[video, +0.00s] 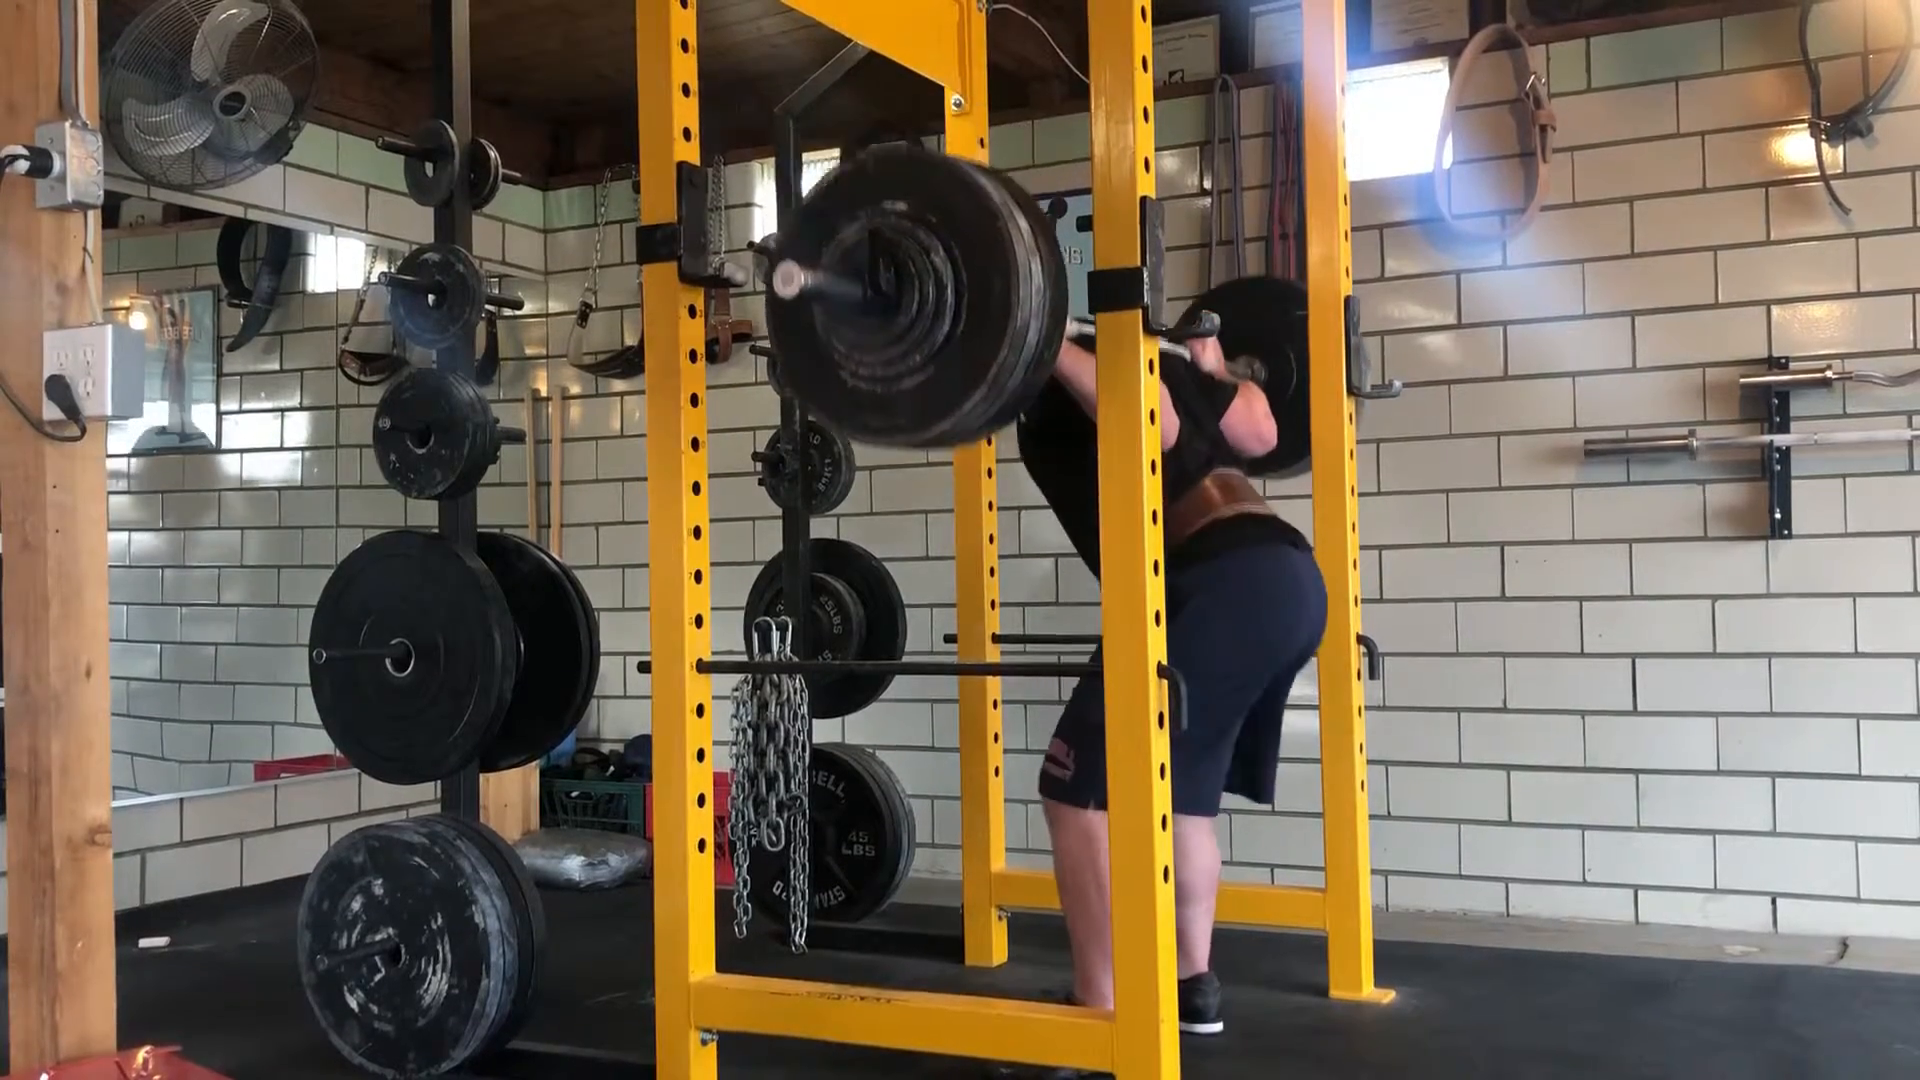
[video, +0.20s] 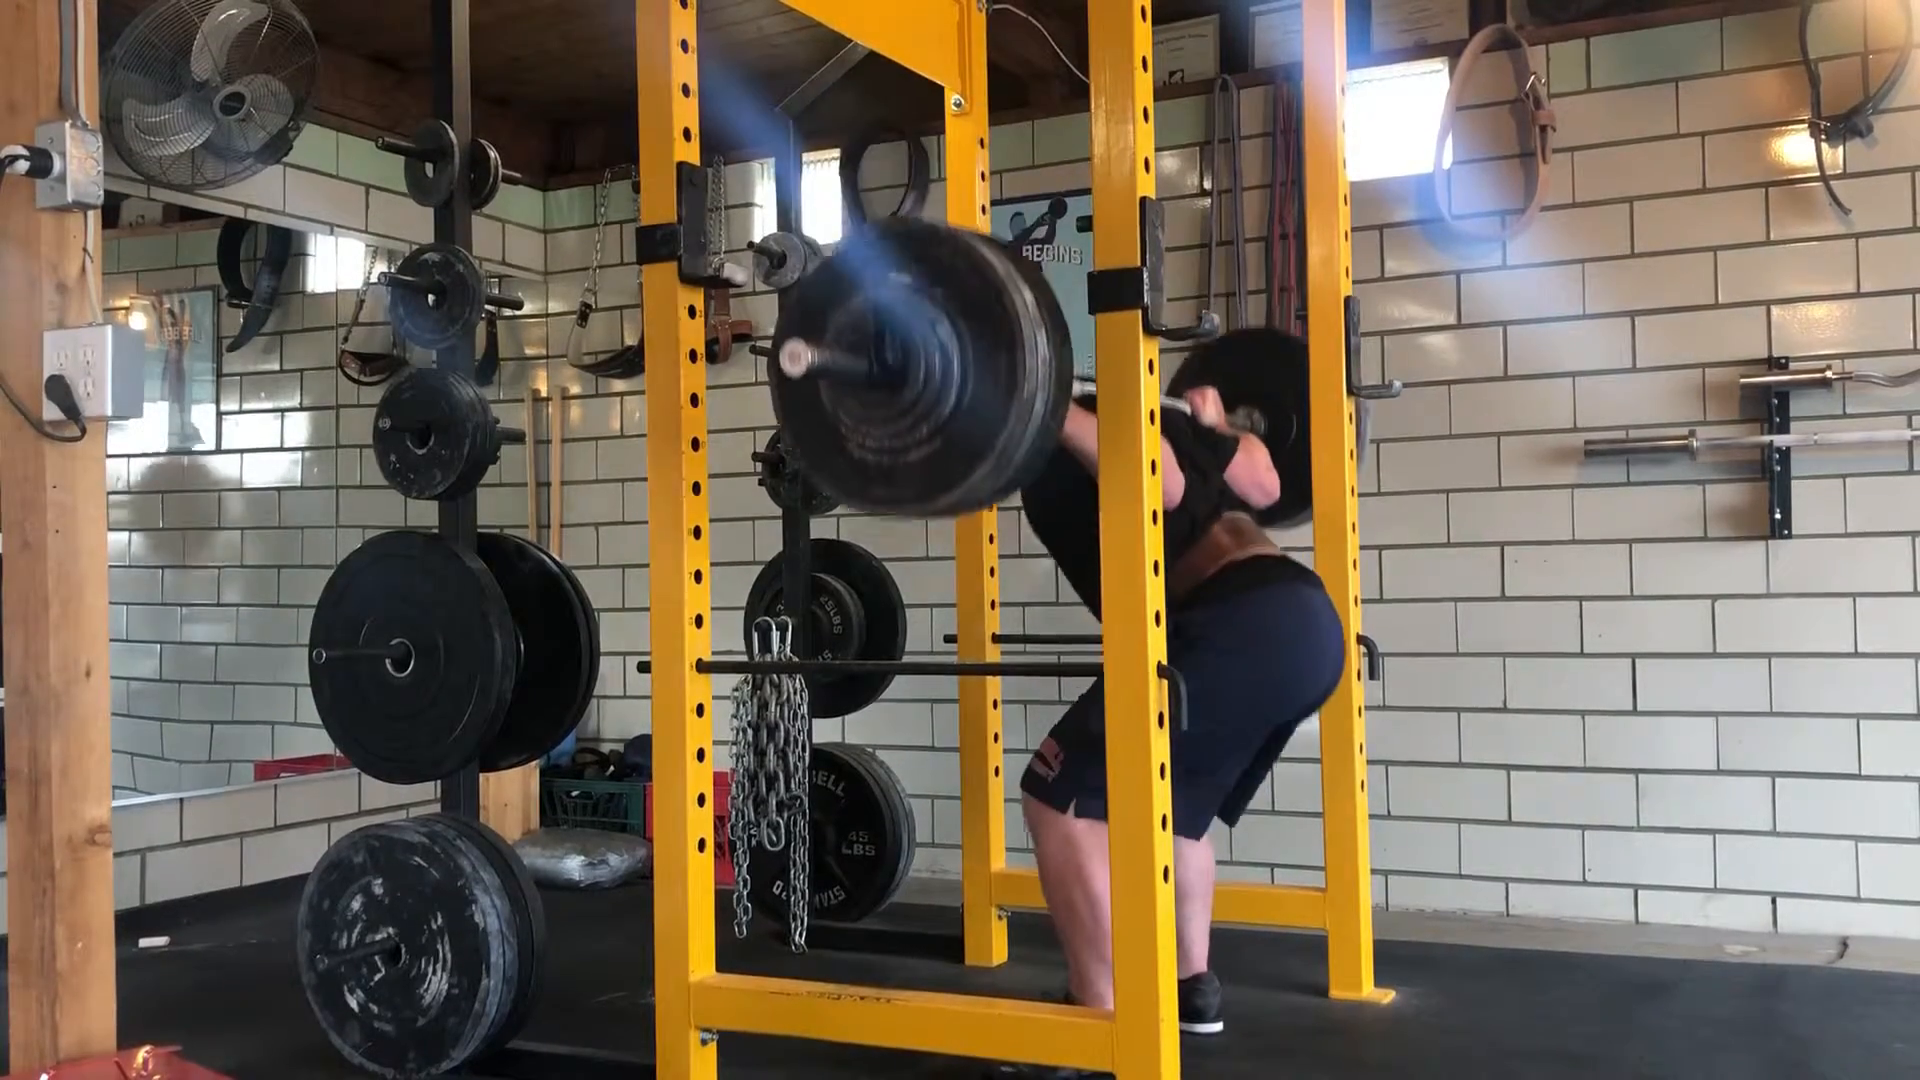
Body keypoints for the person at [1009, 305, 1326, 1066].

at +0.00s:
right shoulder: (1150, 356)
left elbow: (1158, 424)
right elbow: (1258, 431)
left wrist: (1042, 346)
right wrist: (1213, 367)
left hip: (1223, 579)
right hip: (1281, 578)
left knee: (1072, 780)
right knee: (1191, 787)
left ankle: (1098, 1005)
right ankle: (1192, 987)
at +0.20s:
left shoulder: (1081, 426)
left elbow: (1167, 485)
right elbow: (1265, 484)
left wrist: (1045, 405)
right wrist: (1216, 426)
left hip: (1248, 620)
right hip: (1298, 621)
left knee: (1059, 790)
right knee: (1181, 807)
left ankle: (1101, 1012)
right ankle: (1191, 987)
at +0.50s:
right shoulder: (1144, 496)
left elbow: (1163, 568)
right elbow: (1262, 555)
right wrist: (1216, 505)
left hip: (1261, 694)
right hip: (1310, 694)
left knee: (1036, 802)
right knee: (1169, 812)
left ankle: (1102, 1021)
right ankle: (1190, 982)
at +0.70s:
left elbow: (1161, 626)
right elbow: (1259, 603)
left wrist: (1041, 545)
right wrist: (1203, 550)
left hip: (1266, 744)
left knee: (1016, 810)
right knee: (1145, 812)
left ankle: (1104, 1029)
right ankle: (1188, 983)